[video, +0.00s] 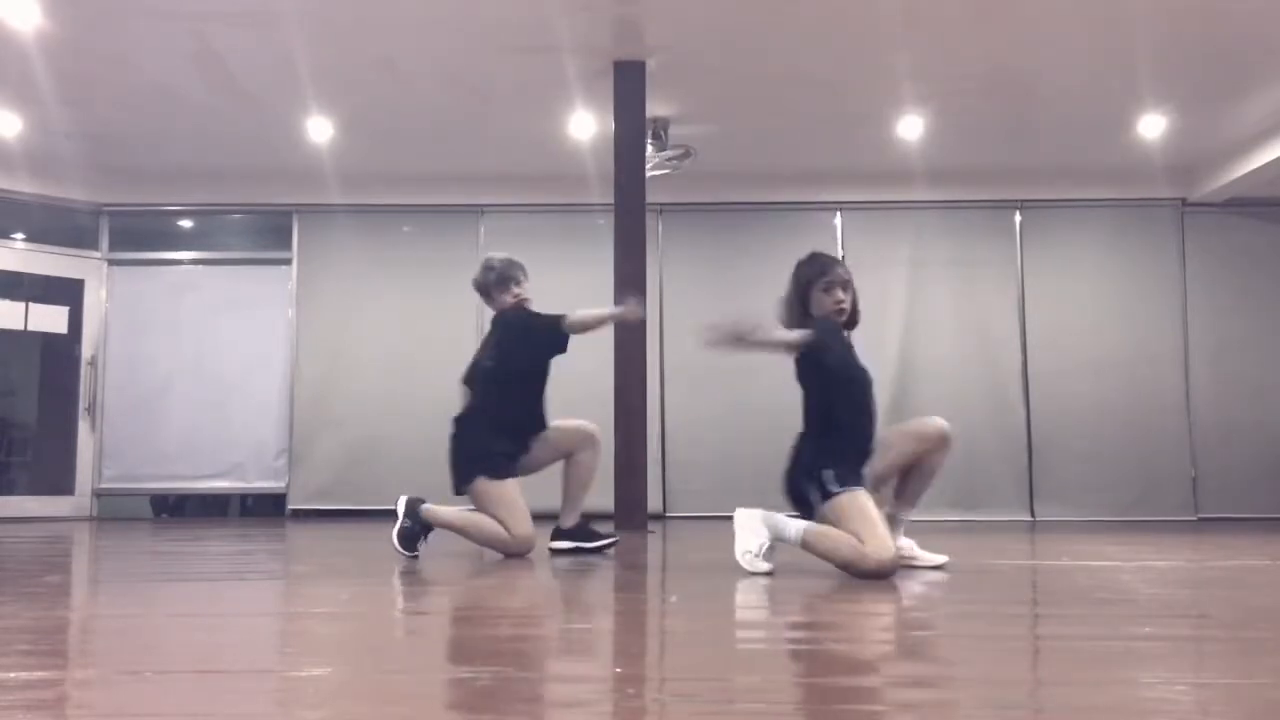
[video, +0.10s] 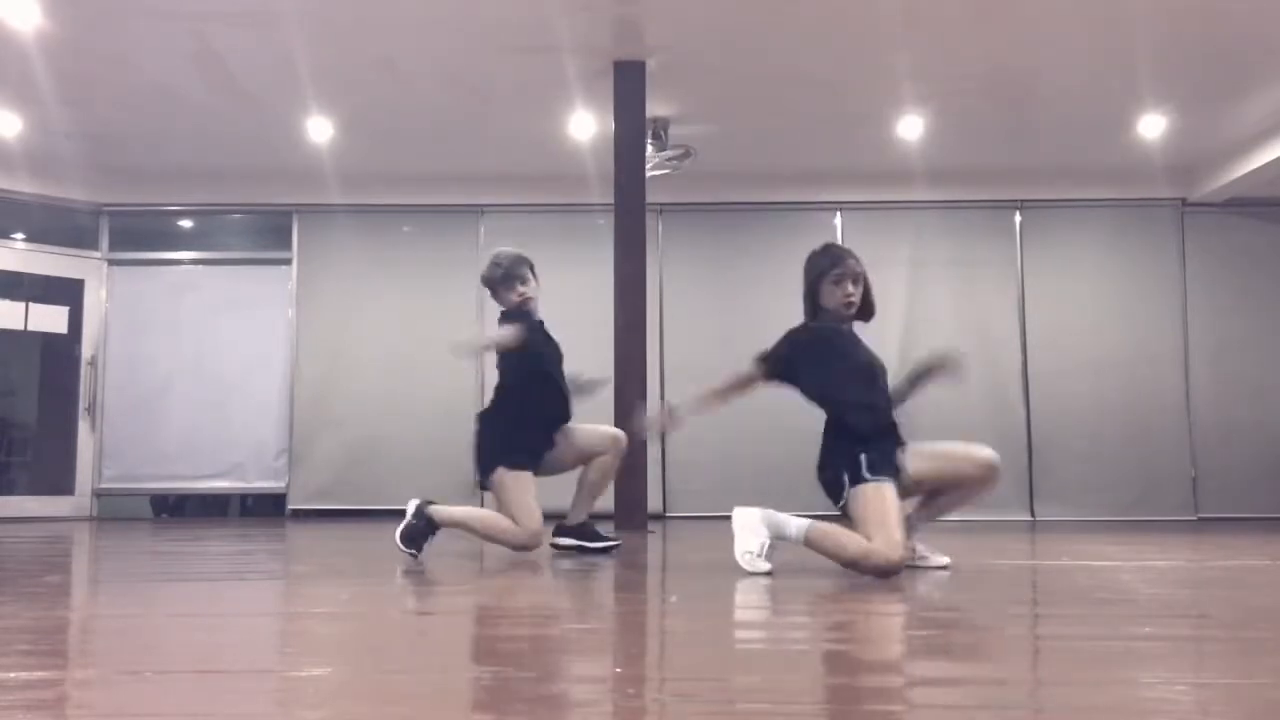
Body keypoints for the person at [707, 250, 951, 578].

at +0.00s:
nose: (839, 297)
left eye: (844, 287)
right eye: (826, 289)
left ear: (852, 293)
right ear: (807, 299)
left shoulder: (840, 339)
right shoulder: (817, 336)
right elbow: (786, 339)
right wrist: (747, 338)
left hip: (855, 466)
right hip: (824, 474)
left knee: (935, 433)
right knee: (880, 559)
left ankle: (892, 538)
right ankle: (767, 523)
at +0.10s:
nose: (850, 291)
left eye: (856, 281)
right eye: (838, 282)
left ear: (863, 288)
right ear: (815, 289)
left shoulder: (849, 341)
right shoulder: (804, 342)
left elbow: (877, 411)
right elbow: (738, 385)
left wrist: (920, 375)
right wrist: (680, 412)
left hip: (888, 455)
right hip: (856, 461)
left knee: (984, 464)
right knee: (887, 555)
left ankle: (901, 540)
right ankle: (766, 524)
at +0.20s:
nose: (853, 291)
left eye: (860, 282)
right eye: (840, 283)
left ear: (869, 285)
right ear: (820, 289)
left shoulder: (887, 321)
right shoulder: (809, 354)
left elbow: (935, 351)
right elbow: (774, 425)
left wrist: (881, 337)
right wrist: (740, 479)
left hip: (904, 446)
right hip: (855, 452)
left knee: (1012, 496)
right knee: (900, 521)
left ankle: (911, 530)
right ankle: (781, 525)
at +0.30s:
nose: (850, 301)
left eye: (858, 292)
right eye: (839, 292)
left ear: (869, 294)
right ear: (822, 297)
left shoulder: (884, 319)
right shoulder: (814, 367)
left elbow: (909, 349)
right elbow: (805, 454)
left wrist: (833, 361)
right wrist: (781, 521)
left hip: (907, 449)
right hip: (850, 449)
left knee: (993, 515)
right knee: (875, 464)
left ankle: (913, 526)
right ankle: (788, 532)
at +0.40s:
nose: (848, 313)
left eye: (857, 303)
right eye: (838, 304)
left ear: (870, 306)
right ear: (822, 309)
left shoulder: (883, 333)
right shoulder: (818, 374)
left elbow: (899, 355)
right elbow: (806, 448)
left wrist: (867, 369)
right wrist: (790, 509)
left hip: (904, 477)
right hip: (849, 478)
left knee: (979, 536)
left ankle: (913, 529)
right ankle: (796, 537)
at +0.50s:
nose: (839, 315)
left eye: (849, 307)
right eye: (829, 306)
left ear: (861, 313)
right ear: (813, 311)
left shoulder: (879, 348)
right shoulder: (807, 376)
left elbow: (926, 357)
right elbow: (763, 444)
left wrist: (979, 356)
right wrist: (724, 495)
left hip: (891, 479)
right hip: (837, 479)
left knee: (966, 541)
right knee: (788, 430)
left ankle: (905, 534)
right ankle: (789, 542)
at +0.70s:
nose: (826, 259)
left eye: (836, 252)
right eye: (818, 249)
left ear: (848, 259)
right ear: (801, 252)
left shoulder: (857, 313)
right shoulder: (780, 301)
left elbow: (913, 357)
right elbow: (745, 358)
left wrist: (956, 396)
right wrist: (790, 341)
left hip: (859, 422)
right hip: (803, 419)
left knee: (849, 507)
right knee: (774, 448)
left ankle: (914, 507)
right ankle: (790, 542)